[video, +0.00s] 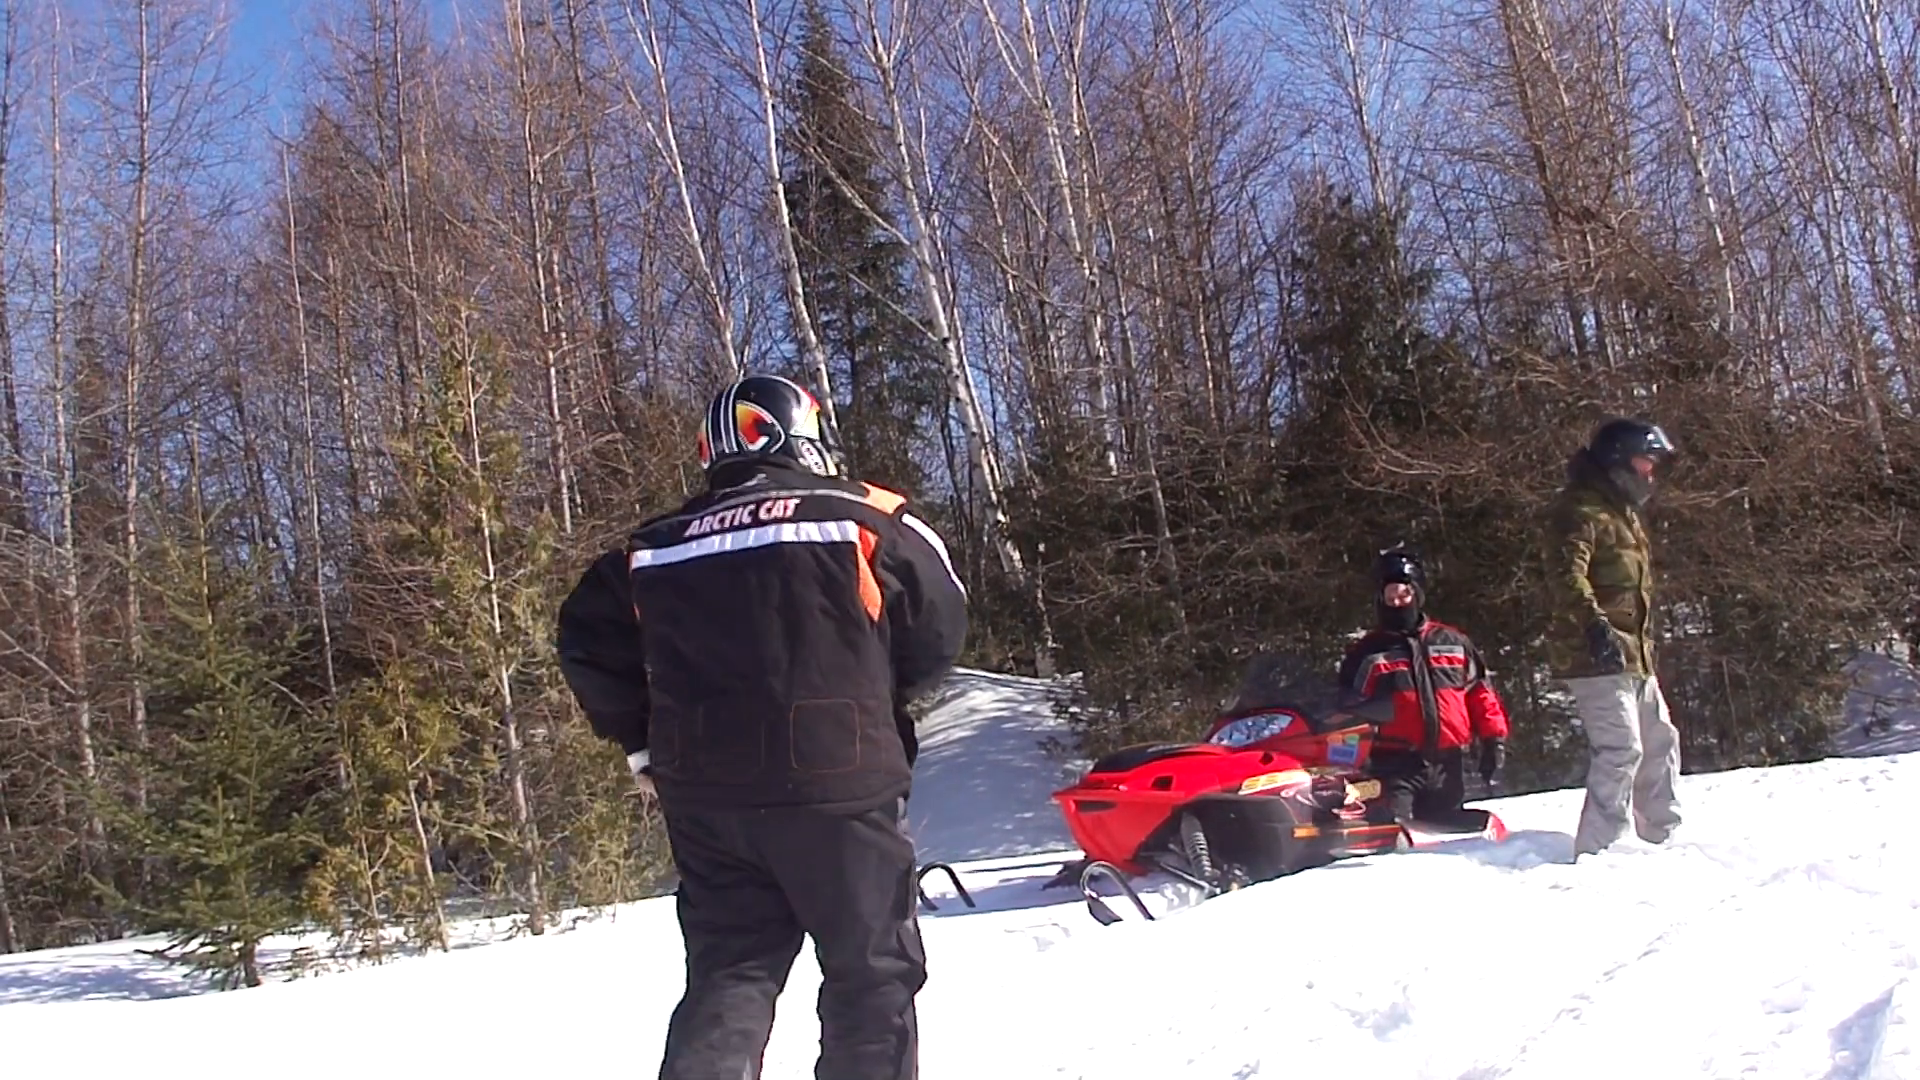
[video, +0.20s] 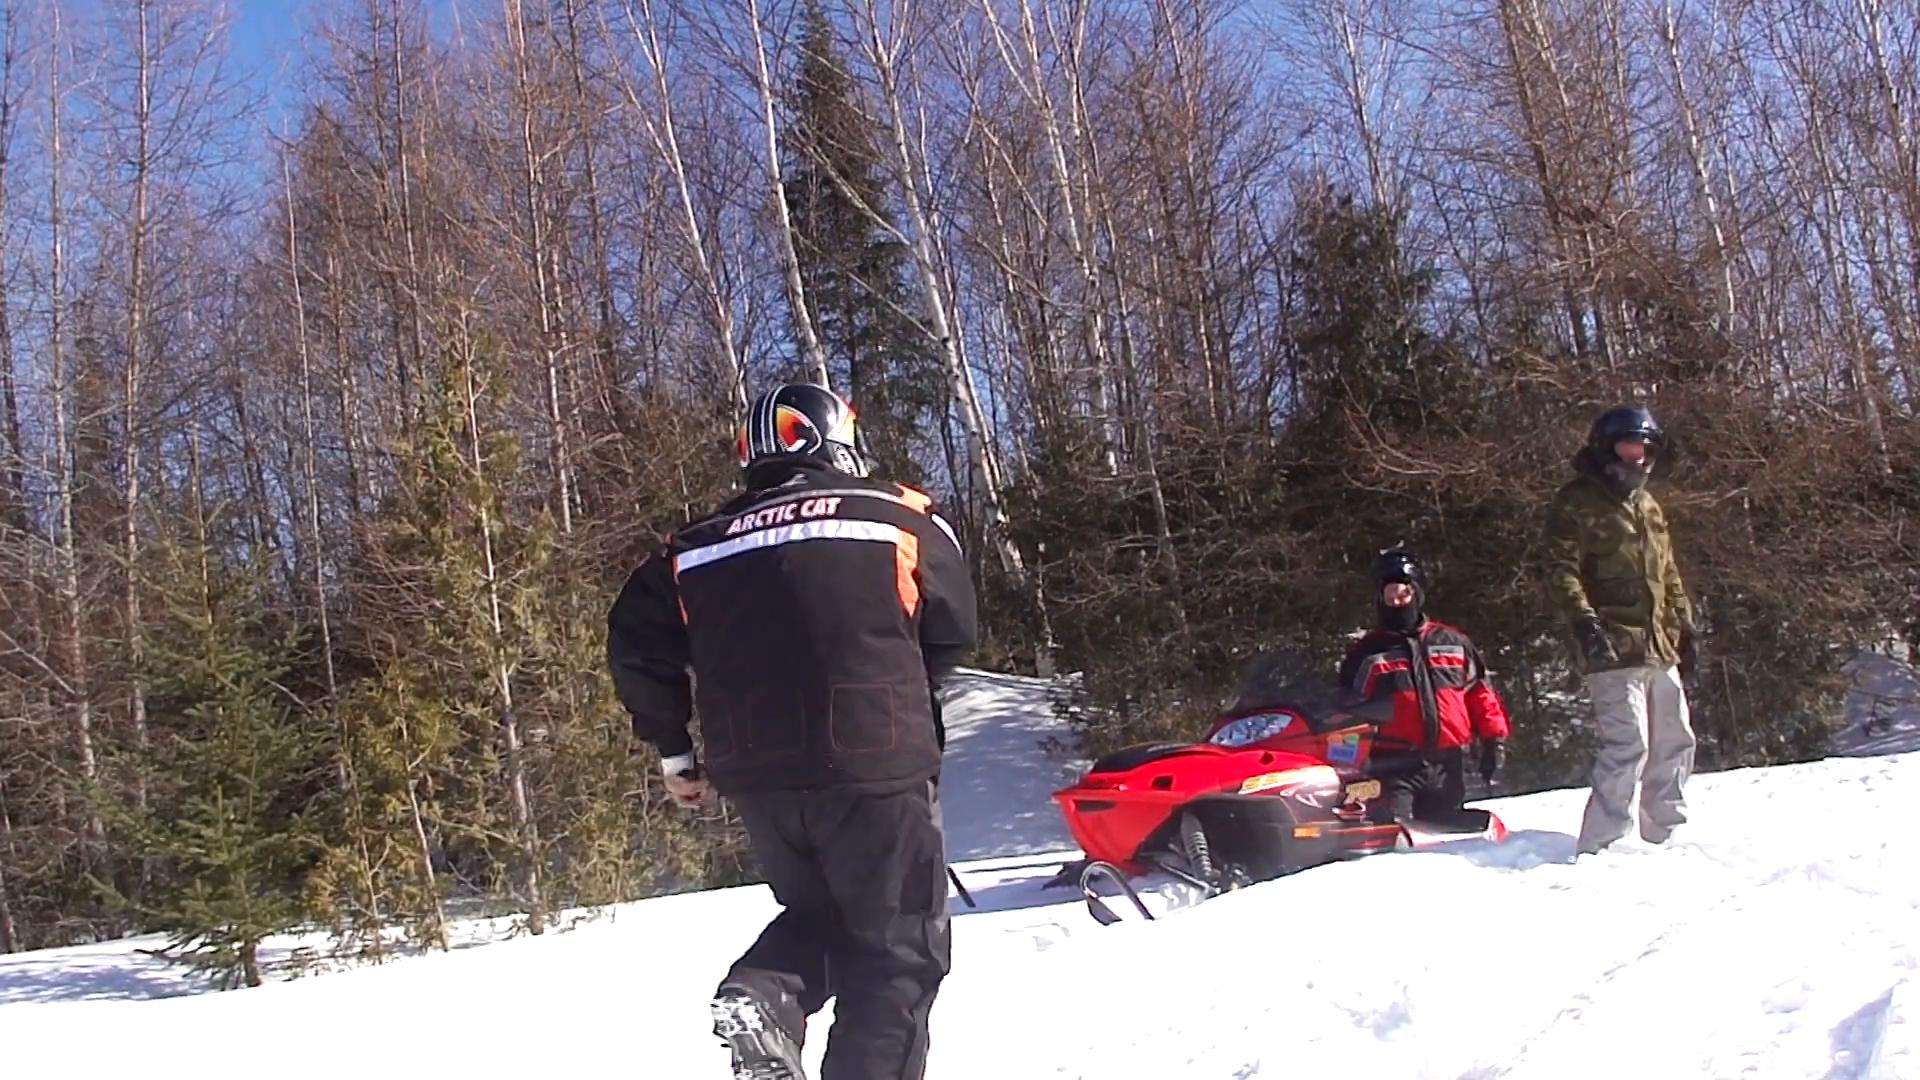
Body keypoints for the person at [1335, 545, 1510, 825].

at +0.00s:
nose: (1398, 602)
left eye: (1405, 594)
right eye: (1391, 595)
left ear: (1419, 594)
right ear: (1380, 599)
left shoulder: (1455, 643)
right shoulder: (1366, 653)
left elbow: (1480, 693)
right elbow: (1346, 713)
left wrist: (1493, 739)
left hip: (1448, 763)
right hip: (1395, 765)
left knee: (1444, 825)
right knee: (1392, 826)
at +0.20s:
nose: (1398, 601)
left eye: (1405, 593)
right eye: (1391, 594)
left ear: (1418, 594)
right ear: (1379, 598)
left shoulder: (1455, 643)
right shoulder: (1365, 654)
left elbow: (1480, 692)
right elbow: (1346, 713)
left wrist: (1493, 738)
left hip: (1448, 765)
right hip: (1394, 767)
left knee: (1444, 830)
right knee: (1392, 830)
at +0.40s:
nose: (1398, 602)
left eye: (1404, 594)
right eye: (1391, 595)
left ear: (1418, 594)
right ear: (1379, 599)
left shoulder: (1454, 643)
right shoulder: (1365, 653)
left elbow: (1480, 692)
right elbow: (1346, 713)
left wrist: (1493, 738)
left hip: (1448, 764)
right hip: (1394, 767)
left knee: (1443, 828)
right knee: (1393, 829)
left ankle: (1486, 824)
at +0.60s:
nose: (1398, 602)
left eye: (1404, 594)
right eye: (1390, 595)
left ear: (1417, 595)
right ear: (1379, 599)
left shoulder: (1453, 643)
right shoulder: (1365, 653)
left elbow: (1479, 692)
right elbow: (1346, 713)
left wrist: (1493, 738)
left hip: (1447, 764)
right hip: (1395, 766)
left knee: (1443, 830)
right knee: (1393, 831)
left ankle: (1486, 824)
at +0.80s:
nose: (1397, 602)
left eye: (1404, 593)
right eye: (1390, 595)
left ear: (1418, 595)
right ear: (1379, 599)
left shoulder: (1453, 643)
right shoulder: (1365, 653)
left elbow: (1480, 692)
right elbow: (1346, 712)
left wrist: (1493, 738)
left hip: (1447, 763)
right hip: (1393, 766)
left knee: (1442, 826)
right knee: (1390, 827)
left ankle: (1487, 825)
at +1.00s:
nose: (1396, 602)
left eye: (1404, 593)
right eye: (1389, 594)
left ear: (1419, 595)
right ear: (1379, 598)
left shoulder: (1454, 644)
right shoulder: (1364, 653)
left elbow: (1479, 693)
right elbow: (1346, 712)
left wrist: (1493, 739)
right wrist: (1346, 766)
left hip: (1445, 764)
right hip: (1392, 766)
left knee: (1443, 827)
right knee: (1390, 827)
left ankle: (1488, 825)